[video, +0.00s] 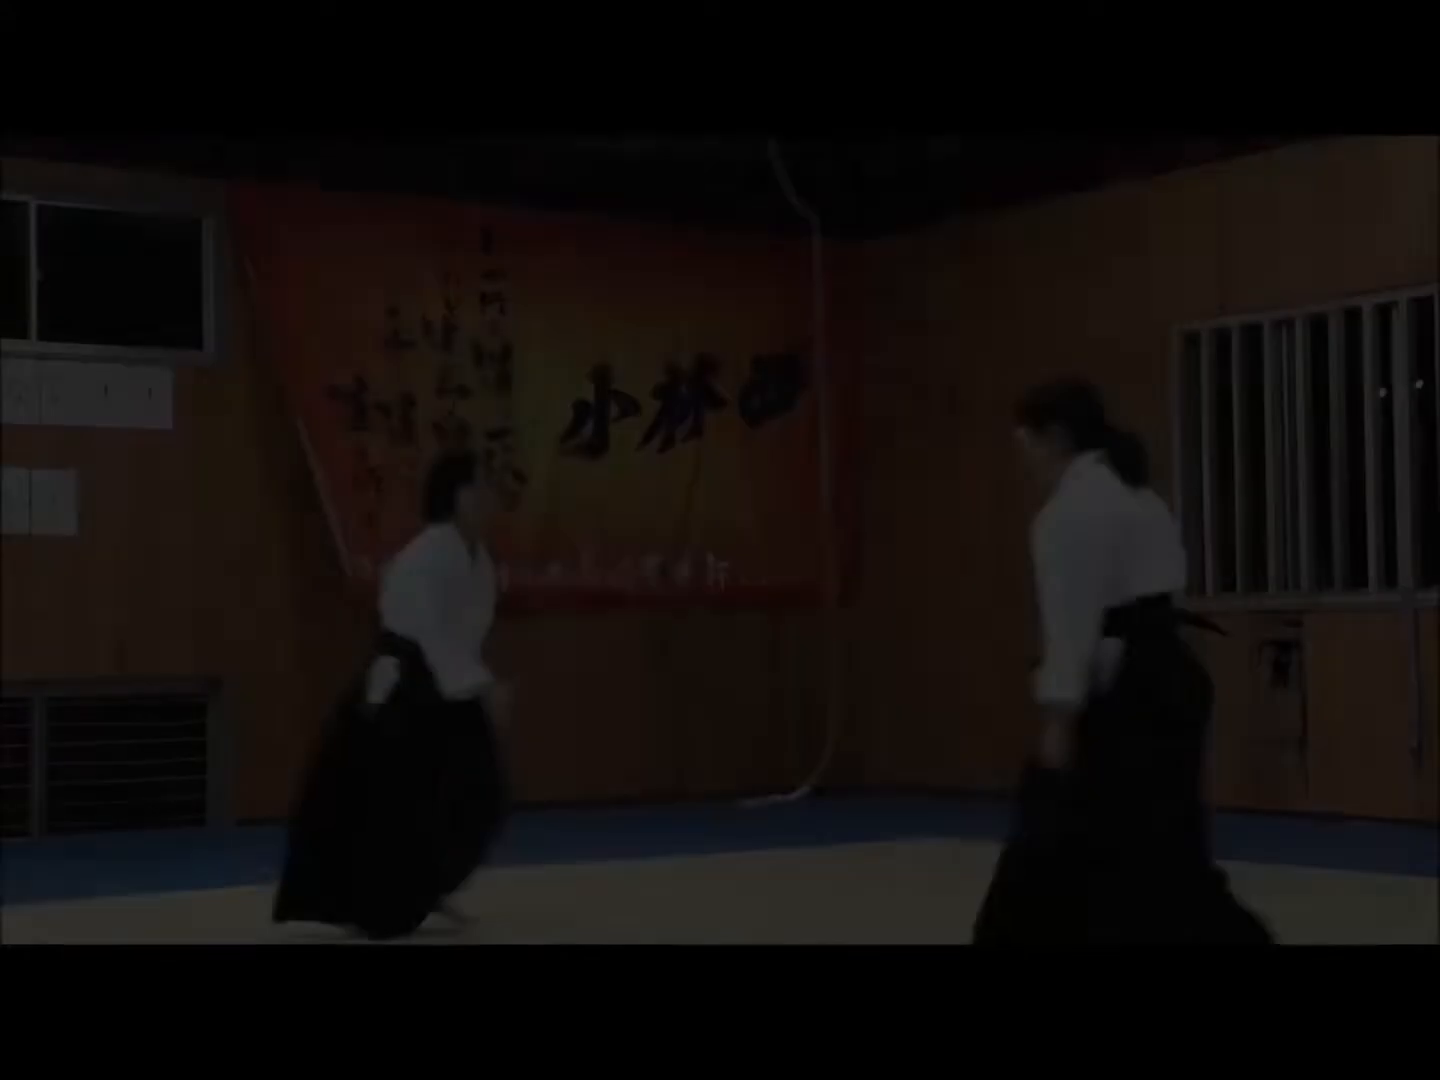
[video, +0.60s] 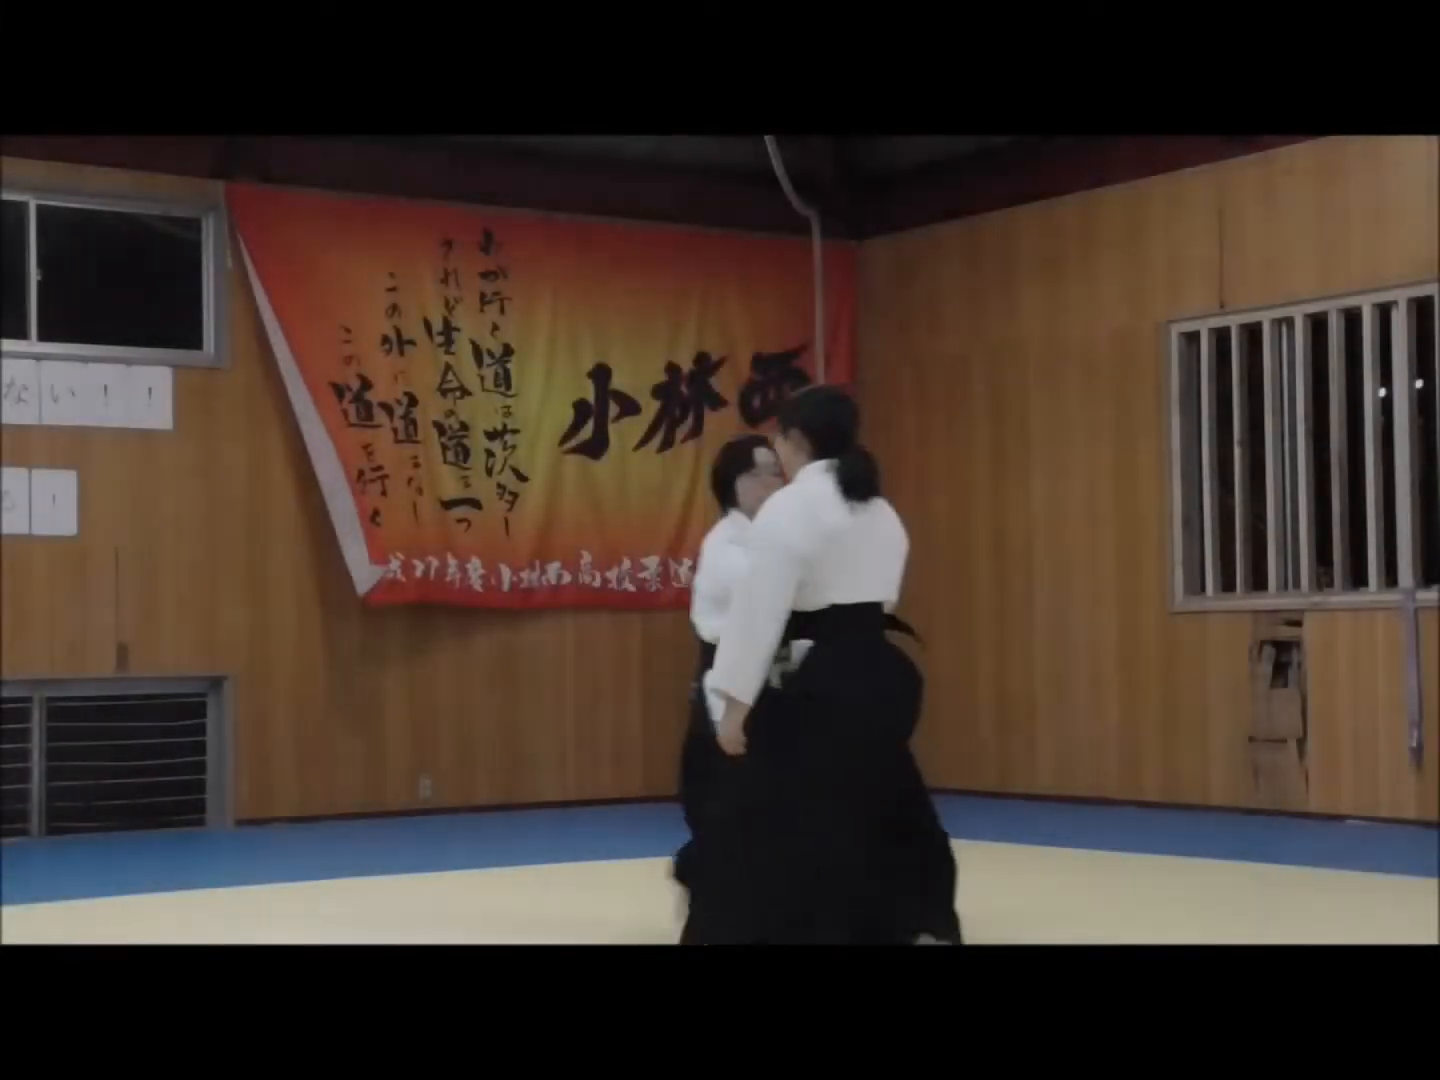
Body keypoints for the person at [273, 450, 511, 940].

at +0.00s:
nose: (493, 501)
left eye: (491, 490)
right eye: (484, 490)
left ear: (466, 499)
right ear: (458, 498)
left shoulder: (478, 559)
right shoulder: (431, 555)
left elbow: (462, 635)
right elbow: (432, 638)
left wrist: (481, 680)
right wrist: (482, 687)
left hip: (452, 695)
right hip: (408, 696)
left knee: (468, 802)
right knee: (401, 807)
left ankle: (427, 895)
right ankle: (382, 905)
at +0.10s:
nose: (535, 485)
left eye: (532, 475)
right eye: (525, 475)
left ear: (504, 484)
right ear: (500, 483)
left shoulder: (508, 537)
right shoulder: (484, 532)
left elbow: (508, 613)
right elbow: (499, 608)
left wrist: (560, 631)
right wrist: (563, 631)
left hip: (493, 669)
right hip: (466, 672)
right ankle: (373, 891)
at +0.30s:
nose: (631, 478)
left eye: (629, 469)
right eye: (621, 469)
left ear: (613, 479)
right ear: (593, 479)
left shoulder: (618, 540)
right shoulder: (577, 534)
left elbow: (628, 622)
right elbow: (611, 576)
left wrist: (650, 674)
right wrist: (681, 564)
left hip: (614, 674)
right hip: (576, 673)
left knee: (645, 783)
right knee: (598, 786)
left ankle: (632, 909)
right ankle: (539, 879)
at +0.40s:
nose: (677, 485)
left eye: (680, 474)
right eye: (664, 476)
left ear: (685, 481)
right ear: (637, 484)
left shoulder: (676, 547)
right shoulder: (624, 537)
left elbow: (701, 620)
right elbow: (662, 572)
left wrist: (738, 674)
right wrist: (731, 555)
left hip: (661, 673)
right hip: (621, 675)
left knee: (676, 779)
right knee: (631, 784)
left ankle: (663, 895)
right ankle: (623, 902)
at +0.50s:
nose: (726, 481)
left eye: (730, 471)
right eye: (713, 472)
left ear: (736, 479)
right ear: (687, 482)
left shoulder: (733, 543)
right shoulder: (674, 539)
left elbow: (752, 617)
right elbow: (715, 573)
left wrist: (777, 582)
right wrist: (771, 557)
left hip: (716, 669)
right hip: (677, 673)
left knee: (725, 787)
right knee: (702, 789)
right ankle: (639, 895)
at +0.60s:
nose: (774, 483)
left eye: (776, 473)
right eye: (762, 474)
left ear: (780, 480)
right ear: (733, 484)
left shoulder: (772, 536)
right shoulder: (725, 543)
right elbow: (749, 603)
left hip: (772, 667)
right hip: (726, 667)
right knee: (723, 792)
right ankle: (712, 901)